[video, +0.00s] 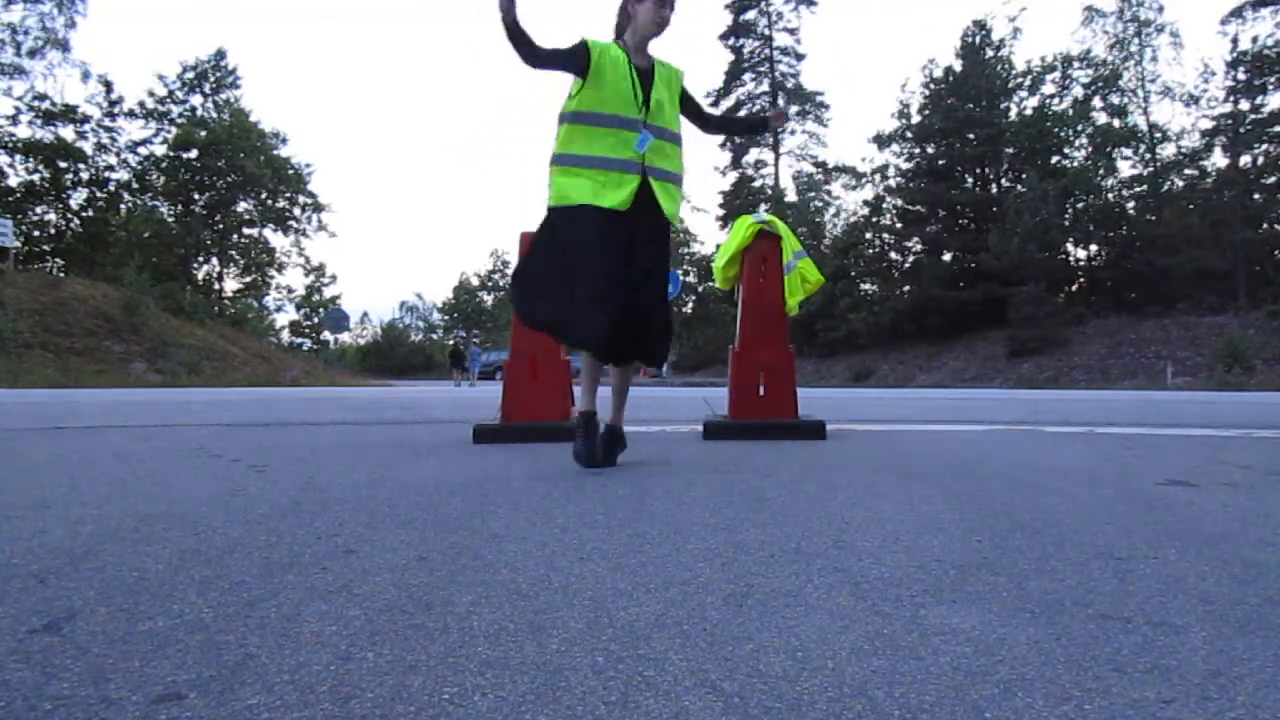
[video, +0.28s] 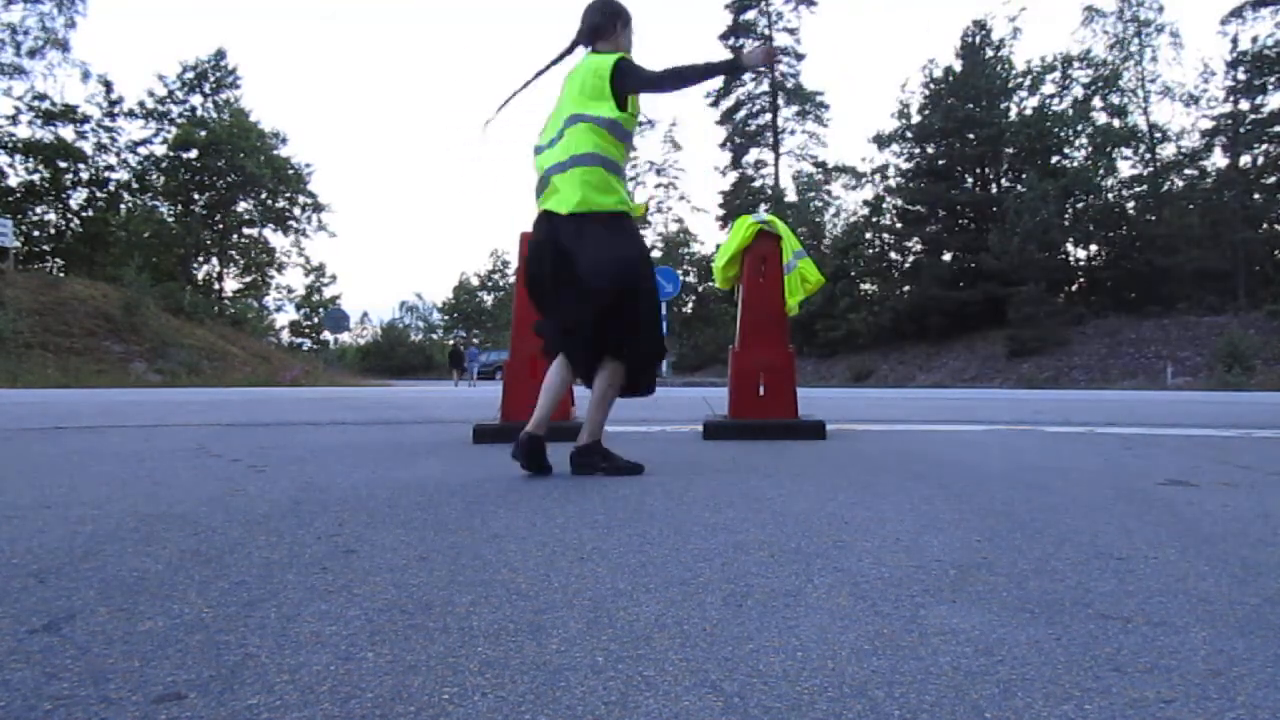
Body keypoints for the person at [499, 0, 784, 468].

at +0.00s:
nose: (667, 13)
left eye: (669, 8)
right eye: (659, 4)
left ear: (664, 20)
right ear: (631, 7)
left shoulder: (669, 78)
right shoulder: (596, 54)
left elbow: (711, 122)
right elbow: (537, 58)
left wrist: (765, 122)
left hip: (647, 214)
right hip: (591, 207)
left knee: (635, 320)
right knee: (596, 312)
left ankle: (616, 425)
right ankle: (586, 416)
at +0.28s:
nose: (632, 43)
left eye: (630, 35)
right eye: (630, 33)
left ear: (586, 35)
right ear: (618, 29)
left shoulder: (568, 88)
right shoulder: (610, 66)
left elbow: (547, 152)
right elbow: (662, 80)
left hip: (555, 223)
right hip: (599, 218)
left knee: (577, 332)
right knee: (628, 331)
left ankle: (533, 432)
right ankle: (589, 444)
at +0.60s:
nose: (502, 27)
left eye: (504, 18)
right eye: (503, 19)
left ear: (517, 17)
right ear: (552, 20)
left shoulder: (507, 53)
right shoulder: (587, 67)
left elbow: (446, 77)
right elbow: (622, 104)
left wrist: (366, 83)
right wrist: (587, 89)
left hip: (521, 213)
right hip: (588, 215)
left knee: (501, 324)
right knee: (574, 328)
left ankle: (501, 444)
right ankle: (581, 446)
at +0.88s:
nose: (437, 14)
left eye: (443, 5)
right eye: (438, 7)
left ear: (470, 8)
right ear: (470, 11)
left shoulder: (495, 58)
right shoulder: (465, 74)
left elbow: (518, 85)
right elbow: (421, 116)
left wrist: (544, 95)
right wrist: (353, 121)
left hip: (478, 232)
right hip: (485, 232)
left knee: (429, 339)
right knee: (496, 341)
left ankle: (392, 454)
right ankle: (558, 426)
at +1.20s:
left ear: (454, 2)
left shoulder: (479, 59)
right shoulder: (378, 34)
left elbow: (542, 99)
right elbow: (304, 35)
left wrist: (608, 68)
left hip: (440, 215)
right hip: (372, 203)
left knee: (414, 331)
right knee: (371, 309)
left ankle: (385, 452)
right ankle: (336, 424)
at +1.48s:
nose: (442, 6)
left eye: (441, 5)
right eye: (438, 4)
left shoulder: (381, 18)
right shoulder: (409, 10)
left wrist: (453, 75)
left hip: (350, 158)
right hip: (402, 157)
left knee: (369, 305)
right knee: (416, 311)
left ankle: (320, 410)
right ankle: (369, 445)